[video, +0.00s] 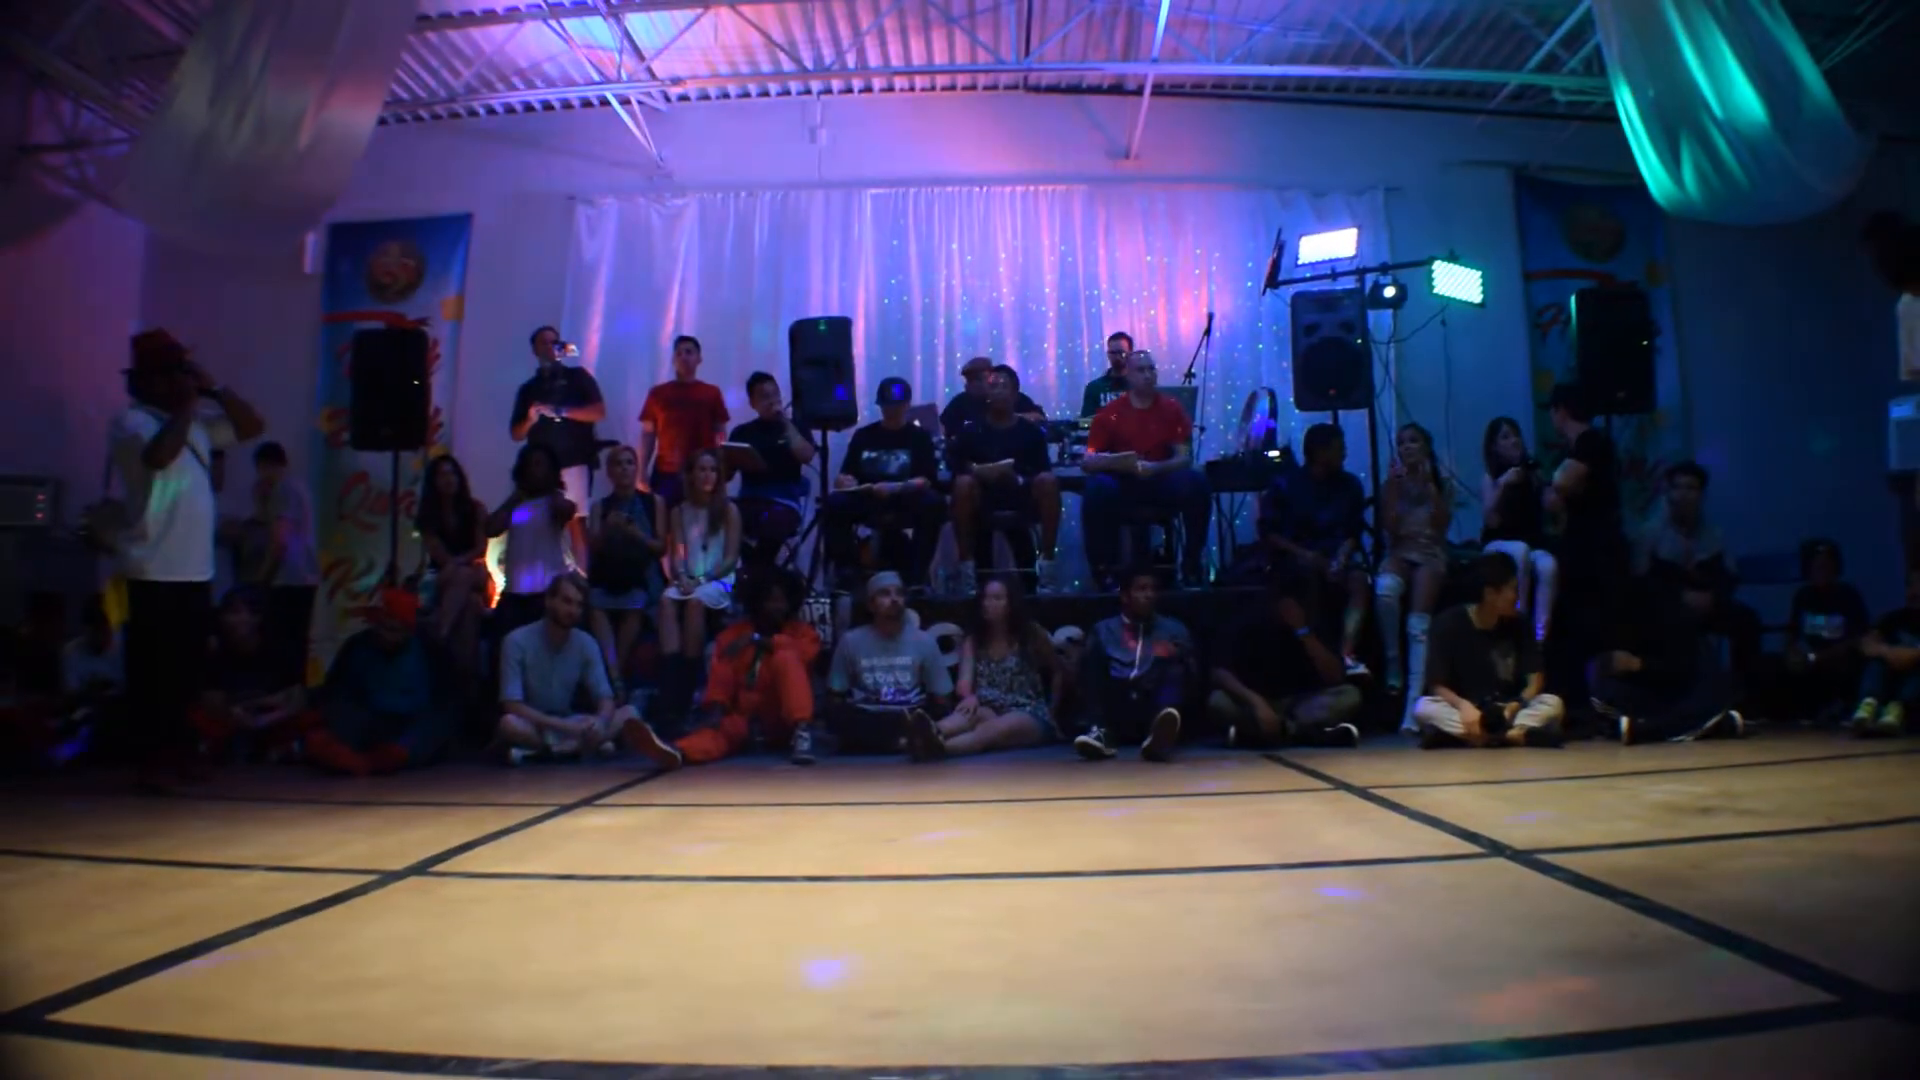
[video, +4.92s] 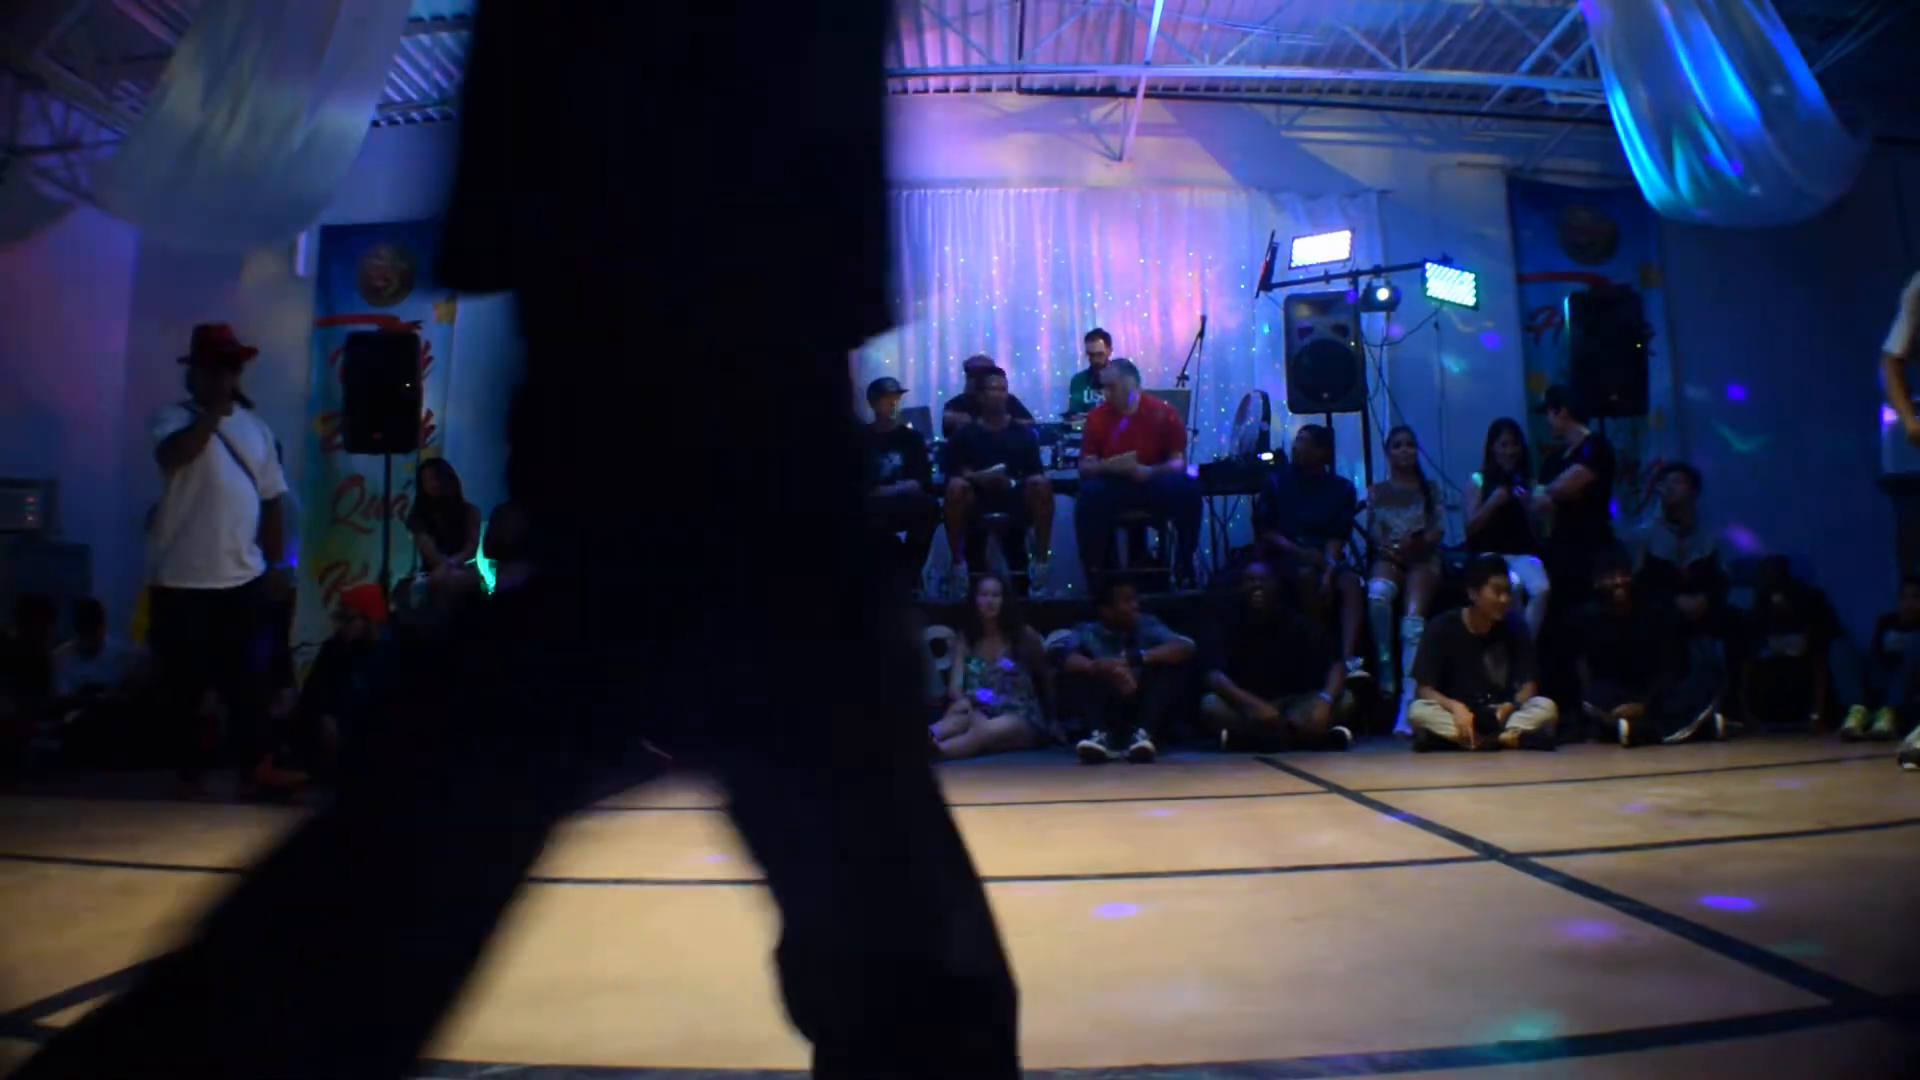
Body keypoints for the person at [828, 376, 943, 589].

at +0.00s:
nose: (893, 412)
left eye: (898, 406)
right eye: (888, 406)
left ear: (907, 405)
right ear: (880, 406)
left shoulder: (919, 437)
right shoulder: (863, 436)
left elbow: (927, 479)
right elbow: (843, 479)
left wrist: (895, 488)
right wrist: (865, 489)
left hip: (906, 498)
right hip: (868, 497)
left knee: (933, 505)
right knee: (835, 505)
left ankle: (916, 576)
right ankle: (846, 574)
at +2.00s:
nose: (895, 403)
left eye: (898, 397)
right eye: (889, 397)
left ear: (903, 401)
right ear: (875, 402)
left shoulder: (913, 439)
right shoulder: (857, 439)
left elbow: (919, 483)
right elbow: (840, 482)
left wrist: (875, 485)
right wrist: (851, 484)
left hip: (897, 501)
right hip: (861, 502)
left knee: (927, 508)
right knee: (825, 507)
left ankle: (908, 580)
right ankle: (840, 578)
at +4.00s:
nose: (901, 408)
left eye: (901, 402)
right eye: (894, 403)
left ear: (903, 404)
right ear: (878, 405)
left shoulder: (913, 439)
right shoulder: (856, 438)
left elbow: (919, 483)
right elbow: (838, 481)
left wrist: (876, 486)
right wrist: (848, 485)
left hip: (898, 502)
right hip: (860, 503)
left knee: (927, 508)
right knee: (827, 507)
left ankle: (909, 577)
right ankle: (838, 576)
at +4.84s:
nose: (893, 405)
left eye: (896, 399)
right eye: (887, 399)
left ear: (900, 402)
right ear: (874, 404)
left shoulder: (912, 438)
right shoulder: (856, 439)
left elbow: (922, 481)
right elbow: (842, 479)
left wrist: (893, 490)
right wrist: (845, 486)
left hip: (899, 503)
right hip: (862, 503)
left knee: (927, 507)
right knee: (829, 507)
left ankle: (909, 576)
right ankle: (838, 574)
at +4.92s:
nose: (893, 404)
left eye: (895, 399)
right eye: (886, 399)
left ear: (899, 401)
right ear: (873, 403)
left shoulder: (912, 437)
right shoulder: (861, 438)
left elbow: (921, 481)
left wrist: (890, 490)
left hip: (907, 502)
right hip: (872, 506)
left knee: (928, 510)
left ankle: (912, 575)